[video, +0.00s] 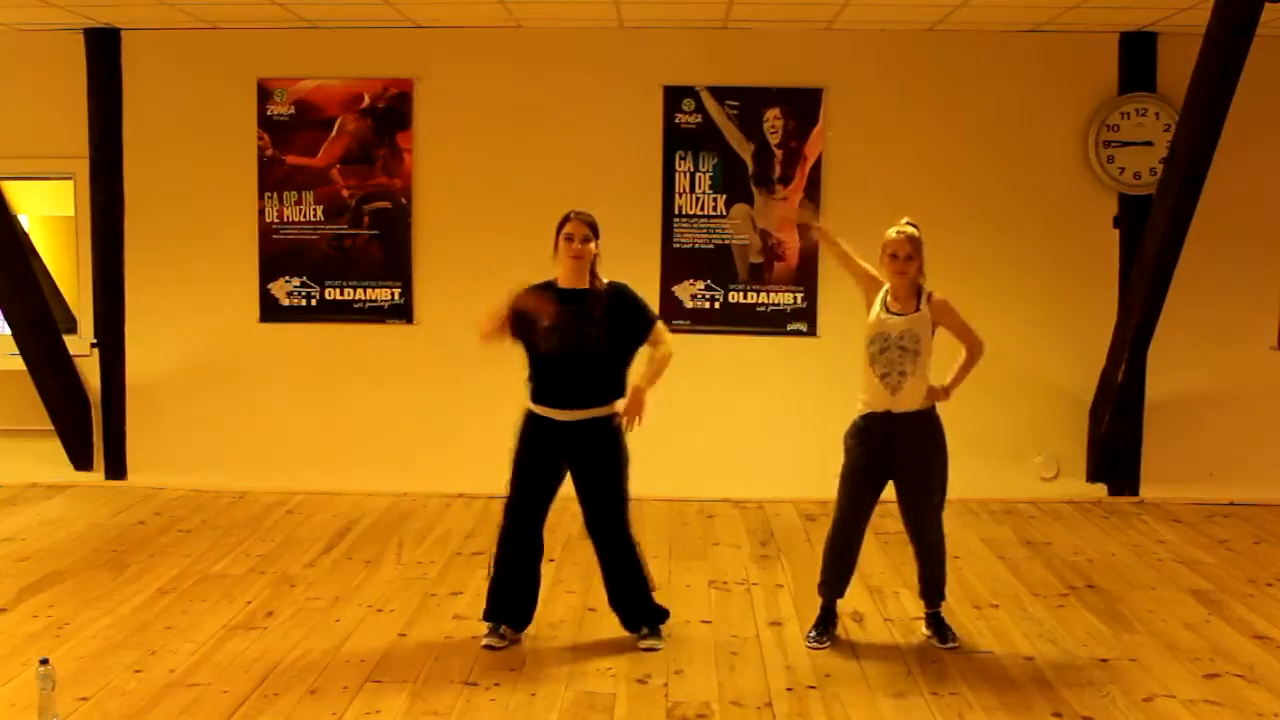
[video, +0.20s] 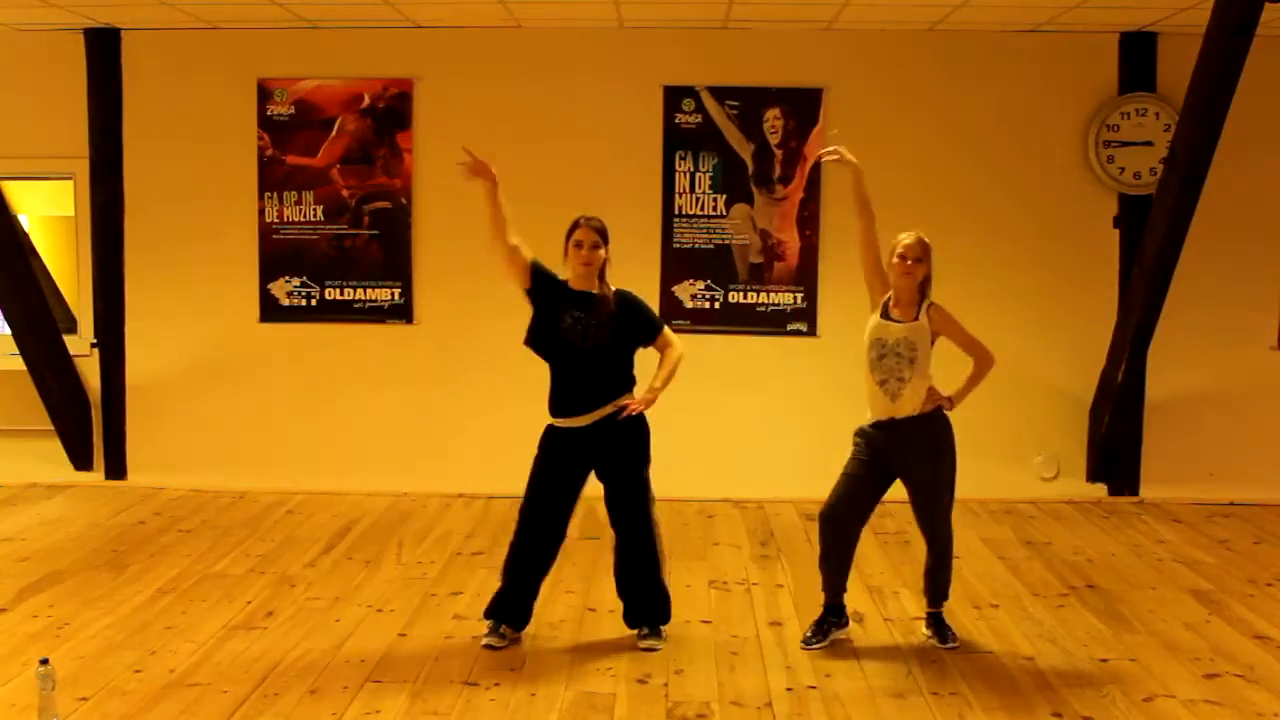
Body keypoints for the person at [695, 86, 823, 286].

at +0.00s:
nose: (771, 125)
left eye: (777, 119)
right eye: (766, 121)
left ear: (788, 124)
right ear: (762, 127)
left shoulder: (802, 158)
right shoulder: (753, 154)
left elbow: (824, 125)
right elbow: (723, 123)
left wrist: (828, 88)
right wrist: (701, 89)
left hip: (786, 241)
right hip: (758, 237)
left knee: (777, 304)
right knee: (739, 210)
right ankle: (743, 284)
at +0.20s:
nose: (771, 125)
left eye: (777, 119)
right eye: (766, 121)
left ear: (789, 124)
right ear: (762, 127)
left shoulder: (803, 158)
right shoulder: (753, 154)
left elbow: (824, 124)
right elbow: (723, 122)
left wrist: (829, 86)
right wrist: (701, 89)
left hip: (786, 242)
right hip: (757, 239)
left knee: (776, 305)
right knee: (739, 210)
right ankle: (743, 285)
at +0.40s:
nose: (771, 125)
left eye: (777, 119)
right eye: (766, 121)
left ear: (789, 124)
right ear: (762, 127)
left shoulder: (803, 158)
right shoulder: (753, 155)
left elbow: (824, 124)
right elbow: (723, 122)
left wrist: (828, 87)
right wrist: (701, 89)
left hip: (787, 242)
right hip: (757, 239)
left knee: (777, 305)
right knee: (739, 210)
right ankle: (743, 285)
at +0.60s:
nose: (771, 125)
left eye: (777, 119)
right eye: (766, 121)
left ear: (789, 124)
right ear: (762, 127)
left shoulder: (803, 159)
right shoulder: (753, 155)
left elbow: (824, 125)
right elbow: (723, 122)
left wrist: (828, 88)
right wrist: (701, 89)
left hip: (787, 242)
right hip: (757, 239)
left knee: (777, 305)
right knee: (739, 210)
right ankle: (743, 285)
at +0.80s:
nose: (771, 125)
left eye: (777, 119)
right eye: (766, 121)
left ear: (789, 124)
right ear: (762, 127)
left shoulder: (803, 158)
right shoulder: (753, 155)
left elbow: (824, 125)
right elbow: (723, 122)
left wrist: (828, 88)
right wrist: (701, 89)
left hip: (787, 242)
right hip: (758, 239)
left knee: (777, 305)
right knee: (739, 210)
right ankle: (743, 284)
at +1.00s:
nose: (771, 125)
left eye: (777, 119)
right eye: (766, 121)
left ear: (788, 124)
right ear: (762, 127)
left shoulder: (803, 158)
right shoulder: (753, 155)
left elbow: (825, 124)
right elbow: (723, 122)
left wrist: (829, 86)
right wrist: (701, 89)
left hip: (787, 242)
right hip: (757, 239)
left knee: (777, 305)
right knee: (739, 210)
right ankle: (743, 284)